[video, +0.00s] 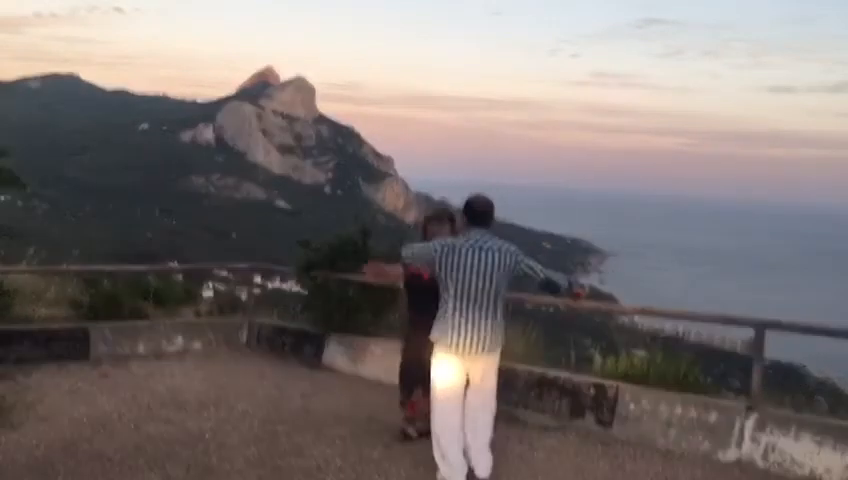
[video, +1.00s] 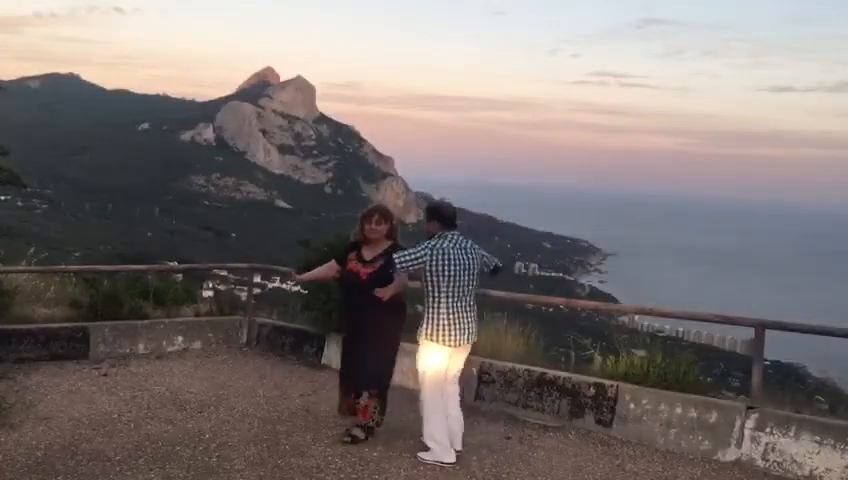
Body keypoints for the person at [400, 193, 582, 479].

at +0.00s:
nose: (460, 221)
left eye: (461, 217)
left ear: (463, 218)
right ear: (492, 220)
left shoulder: (445, 246)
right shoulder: (506, 251)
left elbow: (408, 253)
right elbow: (544, 276)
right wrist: (571, 286)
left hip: (449, 338)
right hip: (488, 341)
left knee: (446, 406)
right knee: (482, 404)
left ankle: (451, 471)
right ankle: (481, 468)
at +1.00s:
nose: (427, 227)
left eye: (428, 222)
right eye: (428, 222)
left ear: (435, 223)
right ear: (452, 222)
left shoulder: (432, 247)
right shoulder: (472, 247)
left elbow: (395, 260)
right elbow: (496, 267)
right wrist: (480, 263)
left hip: (437, 332)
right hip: (466, 331)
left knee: (431, 390)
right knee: (450, 385)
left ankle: (440, 450)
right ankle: (454, 441)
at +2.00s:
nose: (390, 225)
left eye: (394, 219)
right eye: (390, 219)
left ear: (407, 221)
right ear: (404, 221)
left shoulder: (423, 244)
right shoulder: (401, 246)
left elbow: (413, 264)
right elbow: (382, 252)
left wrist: (389, 256)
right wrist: (374, 247)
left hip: (414, 327)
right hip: (394, 325)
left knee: (400, 382)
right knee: (383, 376)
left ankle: (404, 436)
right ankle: (408, 420)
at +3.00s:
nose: (405, 222)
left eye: (410, 218)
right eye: (404, 217)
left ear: (425, 221)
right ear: (405, 219)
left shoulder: (440, 246)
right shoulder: (396, 246)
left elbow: (462, 261)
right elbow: (368, 254)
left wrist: (433, 262)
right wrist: (334, 255)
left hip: (428, 331)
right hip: (397, 329)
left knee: (422, 384)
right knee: (390, 379)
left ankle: (418, 433)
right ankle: (393, 425)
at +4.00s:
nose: (418, 239)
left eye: (423, 234)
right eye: (416, 234)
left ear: (438, 230)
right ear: (413, 230)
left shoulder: (454, 244)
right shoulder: (409, 248)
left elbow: (476, 256)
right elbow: (381, 257)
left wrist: (444, 259)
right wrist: (345, 259)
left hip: (448, 327)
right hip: (416, 327)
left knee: (446, 381)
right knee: (408, 377)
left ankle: (441, 428)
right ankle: (408, 425)